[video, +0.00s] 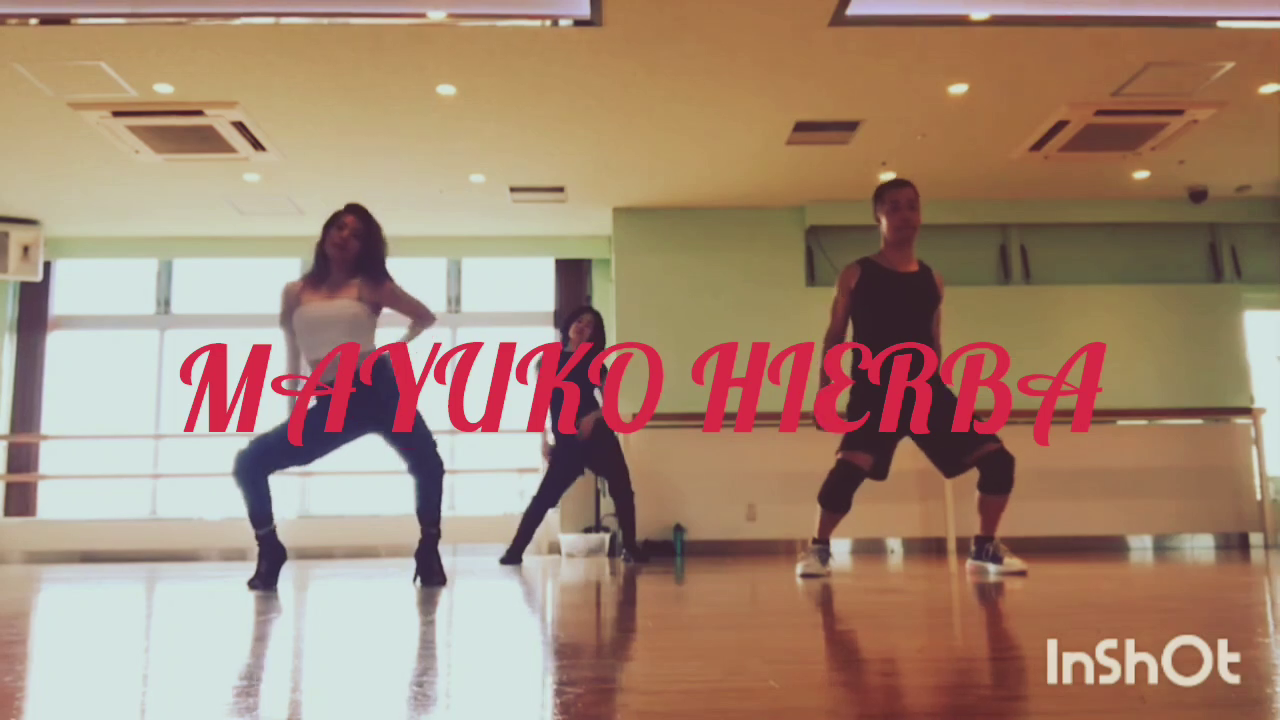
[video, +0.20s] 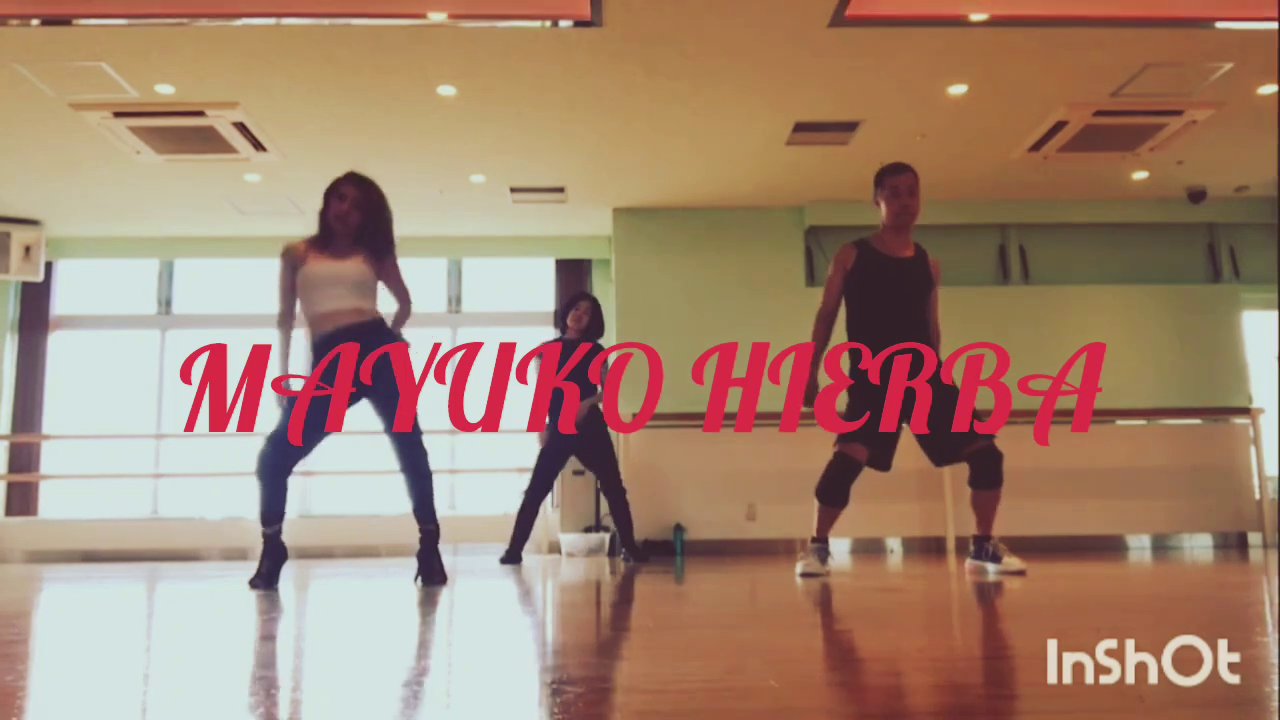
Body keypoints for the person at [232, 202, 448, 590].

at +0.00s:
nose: (344, 237)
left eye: (355, 234)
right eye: (339, 229)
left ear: (366, 246)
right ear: (325, 235)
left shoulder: (373, 287)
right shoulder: (295, 293)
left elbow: (425, 317)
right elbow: (293, 356)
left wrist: (395, 350)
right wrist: (294, 411)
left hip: (380, 399)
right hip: (331, 408)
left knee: (429, 467)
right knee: (249, 463)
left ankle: (429, 549)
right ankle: (269, 549)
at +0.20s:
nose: (346, 210)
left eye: (356, 205)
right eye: (339, 200)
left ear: (368, 215)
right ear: (326, 204)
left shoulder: (374, 253)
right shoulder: (297, 254)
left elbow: (405, 304)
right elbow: (286, 317)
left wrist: (390, 341)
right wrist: (283, 374)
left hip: (380, 355)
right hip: (332, 362)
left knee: (410, 447)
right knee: (273, 456)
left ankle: (430, 548)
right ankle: (272, 548)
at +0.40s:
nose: (343, 195)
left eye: (354, 189)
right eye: (337, 185)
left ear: (369, 198)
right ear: (324, 189)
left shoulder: (384, 242)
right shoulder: (301, 239)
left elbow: (393, 300)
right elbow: (296, 300)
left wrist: (397, 318)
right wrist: (295, 335)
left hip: (358, 339)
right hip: (308, 337)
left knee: (385, 437)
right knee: (283, 436)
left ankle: (420, 540)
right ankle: (273, 540)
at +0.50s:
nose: (339, 209)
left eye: (350, 203)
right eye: (334, 199)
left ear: (364, 212)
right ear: (323, 204)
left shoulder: (380, 255)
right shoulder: (304, 256)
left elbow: (395, 313)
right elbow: (303, 314)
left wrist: (398, 363)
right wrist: (305, 358)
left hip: (354, 360)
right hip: (308, 358)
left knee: (387, 453)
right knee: (260, 447)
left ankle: (428, 543)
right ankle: (272, 543)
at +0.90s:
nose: (358, 229)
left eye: (365, 221)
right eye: (352, 219)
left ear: (370, 226)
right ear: (333, 218)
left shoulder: (367, 264)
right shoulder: (302, 259)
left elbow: (392, 305)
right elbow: (258, 291)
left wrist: (426, 318)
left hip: (368, 369)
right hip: (325, 370)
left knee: (403, 454)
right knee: (314, 463)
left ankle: (438, 543)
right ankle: (275, 550)